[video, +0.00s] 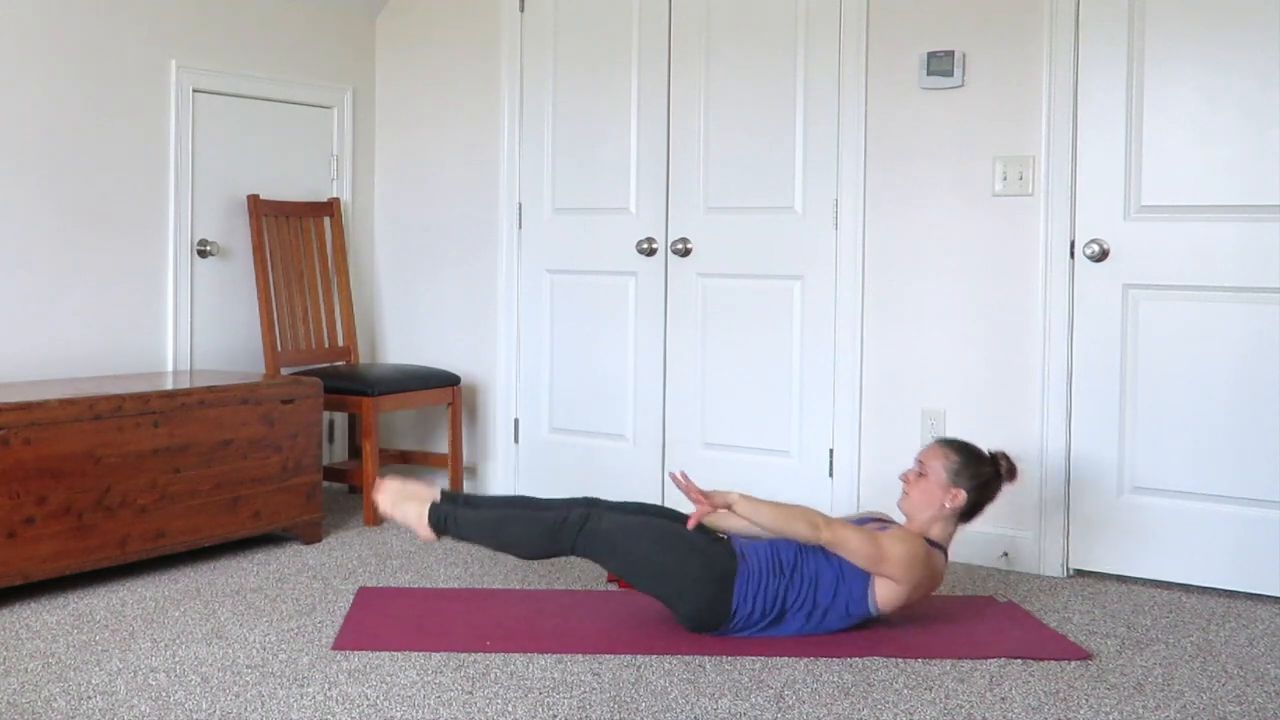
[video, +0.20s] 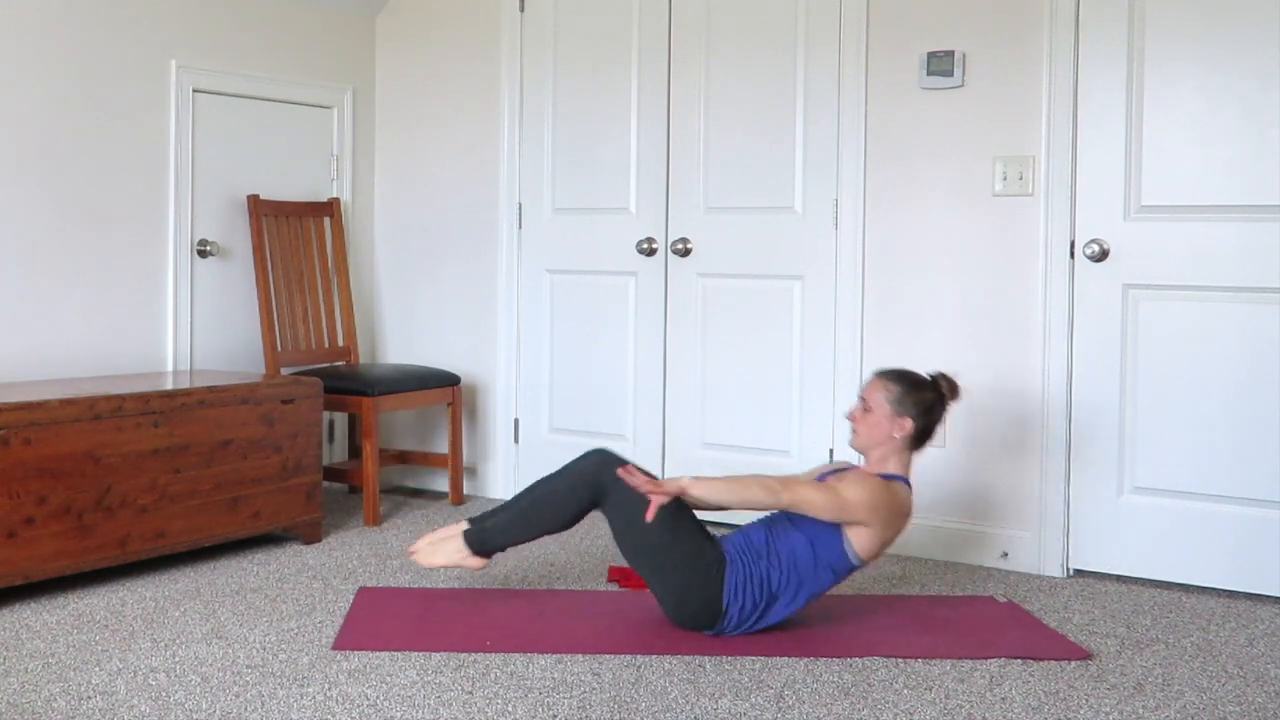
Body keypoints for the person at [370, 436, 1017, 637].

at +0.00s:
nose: (906, 478)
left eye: (923, 475)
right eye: (915, 467)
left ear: (955, 503)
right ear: (935, 493)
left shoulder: (913, 557)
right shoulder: (897, 536)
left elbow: (814, 528)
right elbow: (808, 538)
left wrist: (731, 505)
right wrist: (732, 509)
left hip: (729, 585)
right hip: (727, 565)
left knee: (584, 522)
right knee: (584, 512)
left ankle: (434, 513)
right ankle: (436, 506)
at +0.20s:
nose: (853, 416)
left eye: (867, 410)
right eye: (860, 406)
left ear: (901, 431)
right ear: (890, 427)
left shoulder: (878, 496)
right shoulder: (861, 479)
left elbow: (778, 493)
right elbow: (772, 490)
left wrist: (679, 490)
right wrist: (678, 487)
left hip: (719, 596)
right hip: (720, 572)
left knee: (601, 469)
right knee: (606, 465)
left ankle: (474, 544)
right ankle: (478, 533)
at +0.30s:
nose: (817, 389)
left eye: (830, 382)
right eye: (823, 378)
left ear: (864, 401)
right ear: (859, 400)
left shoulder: (853, 473)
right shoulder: (827, 453)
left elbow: (750, 486)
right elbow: (741, 478)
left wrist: (653, 495)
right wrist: (648, 496)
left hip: (716, 595)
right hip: (713, 569)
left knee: (625, 447)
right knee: (625, 442)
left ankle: (506, 531)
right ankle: (508, 520)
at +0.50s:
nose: (774, 358)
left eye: (788, 351)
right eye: (781, 348)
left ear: (821, 372)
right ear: (816, 371)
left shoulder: (808, 443)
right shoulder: (778, 430)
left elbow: (712, 482)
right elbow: (698, 466)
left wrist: (617, 510)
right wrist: (604, 503)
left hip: (711, 599)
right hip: (704, 582)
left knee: (684, 431)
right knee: (681, 426)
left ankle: (558, 499)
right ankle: (559, 487)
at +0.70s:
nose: (814, 375)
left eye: (827, 371)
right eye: (821, 366)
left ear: (859, 393)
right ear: (853, 392)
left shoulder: (841, 465)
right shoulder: (814, 447)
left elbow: (738, 494)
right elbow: (724, 472)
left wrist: (643, 514)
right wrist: (636, 505)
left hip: (715, 596)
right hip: (710, 577)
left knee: (642, 438)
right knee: (639, 438)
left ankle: (521, 507)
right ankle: (520, 501)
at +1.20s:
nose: (940, 502)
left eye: (957, 504)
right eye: (950, 495)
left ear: (979, 538)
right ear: (960, 522)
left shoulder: (925, 580)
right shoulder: (913, 560)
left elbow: (844, 532)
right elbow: (835, 527)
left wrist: (760, 485)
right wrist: (746, 481)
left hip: (733, 583)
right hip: (736, 560)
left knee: (600, 503)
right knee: (604, 496)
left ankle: (461, 442)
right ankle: (465, 451)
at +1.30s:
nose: (942, 501)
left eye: (959, 502)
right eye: (953, 494)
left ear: (980, 537)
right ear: (961, 524)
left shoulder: (927, 584)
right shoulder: (912, 560)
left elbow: (849, 540)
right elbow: (831, 529)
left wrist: (763, 492)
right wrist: (746, 491)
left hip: (734, 584)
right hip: (734, 562)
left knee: (603, 496)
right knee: (604, 492)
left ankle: (469, 434)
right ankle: (473, 438)